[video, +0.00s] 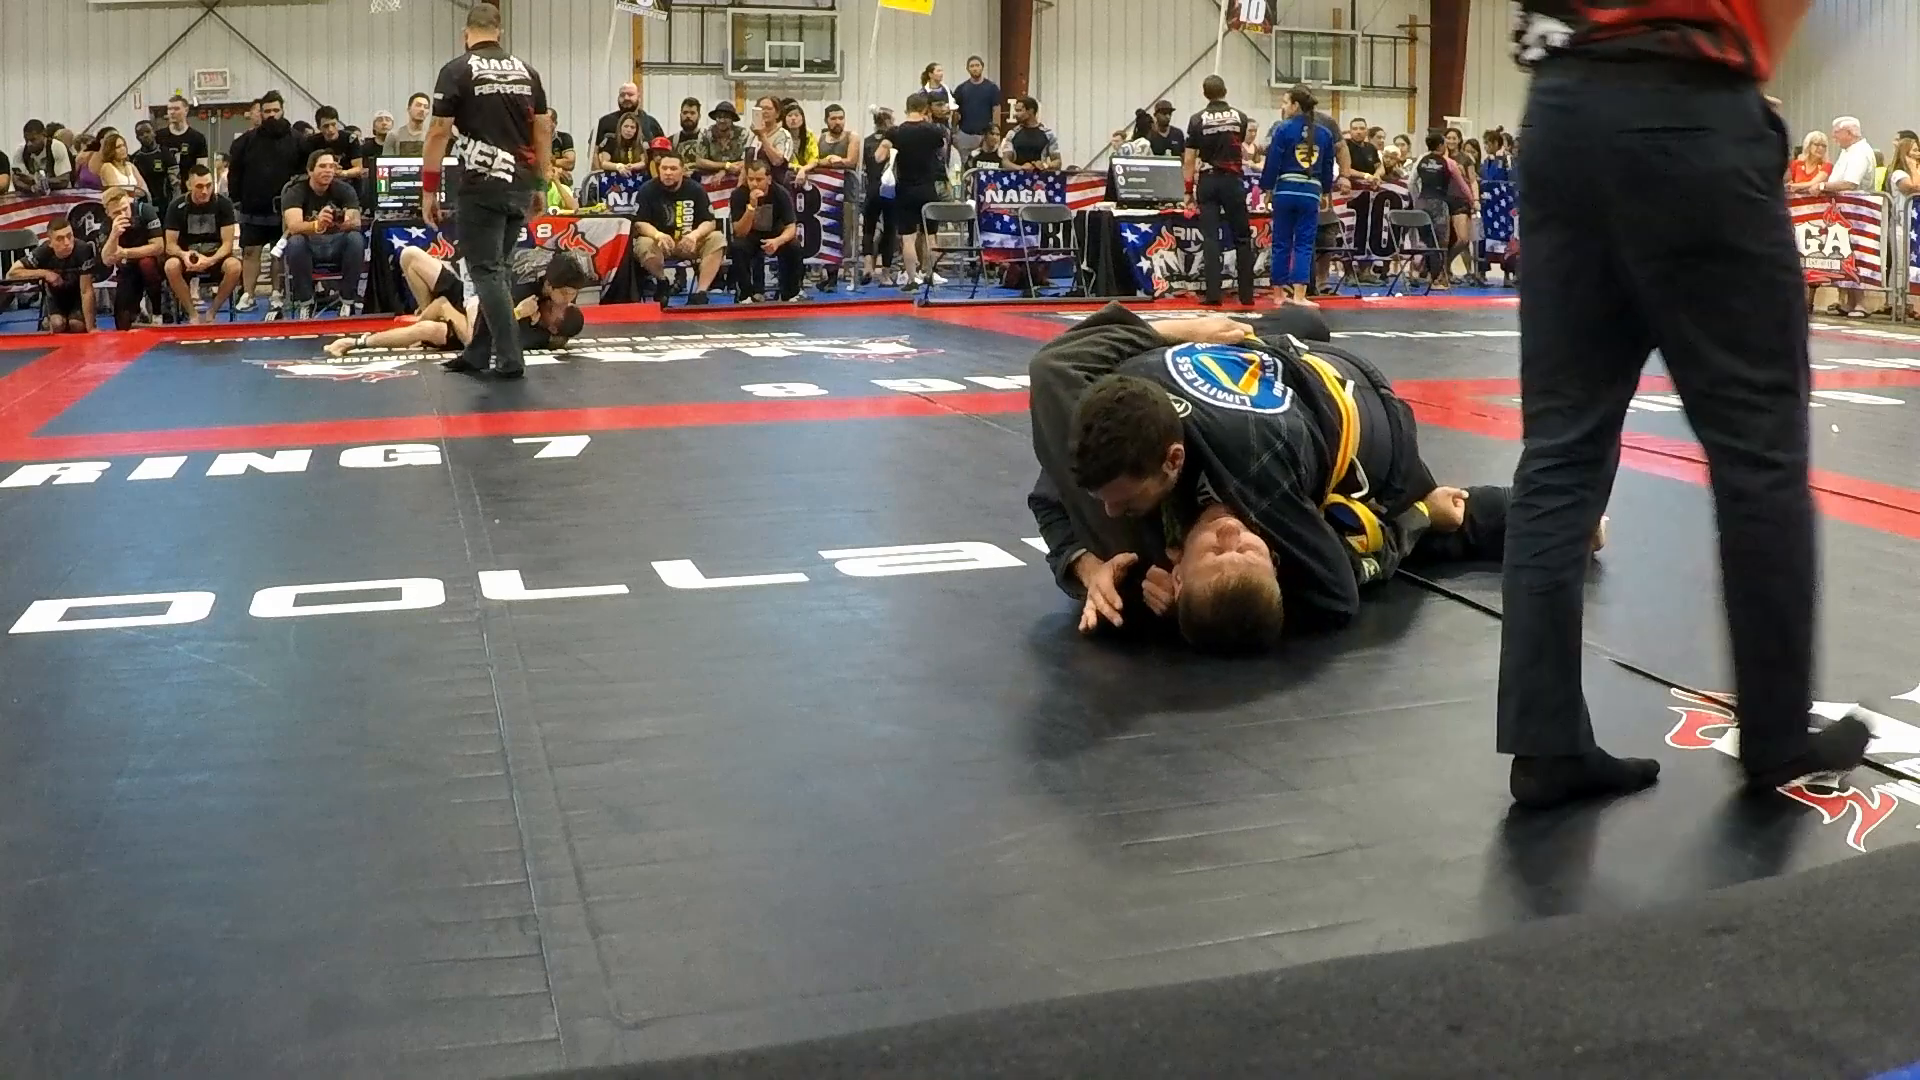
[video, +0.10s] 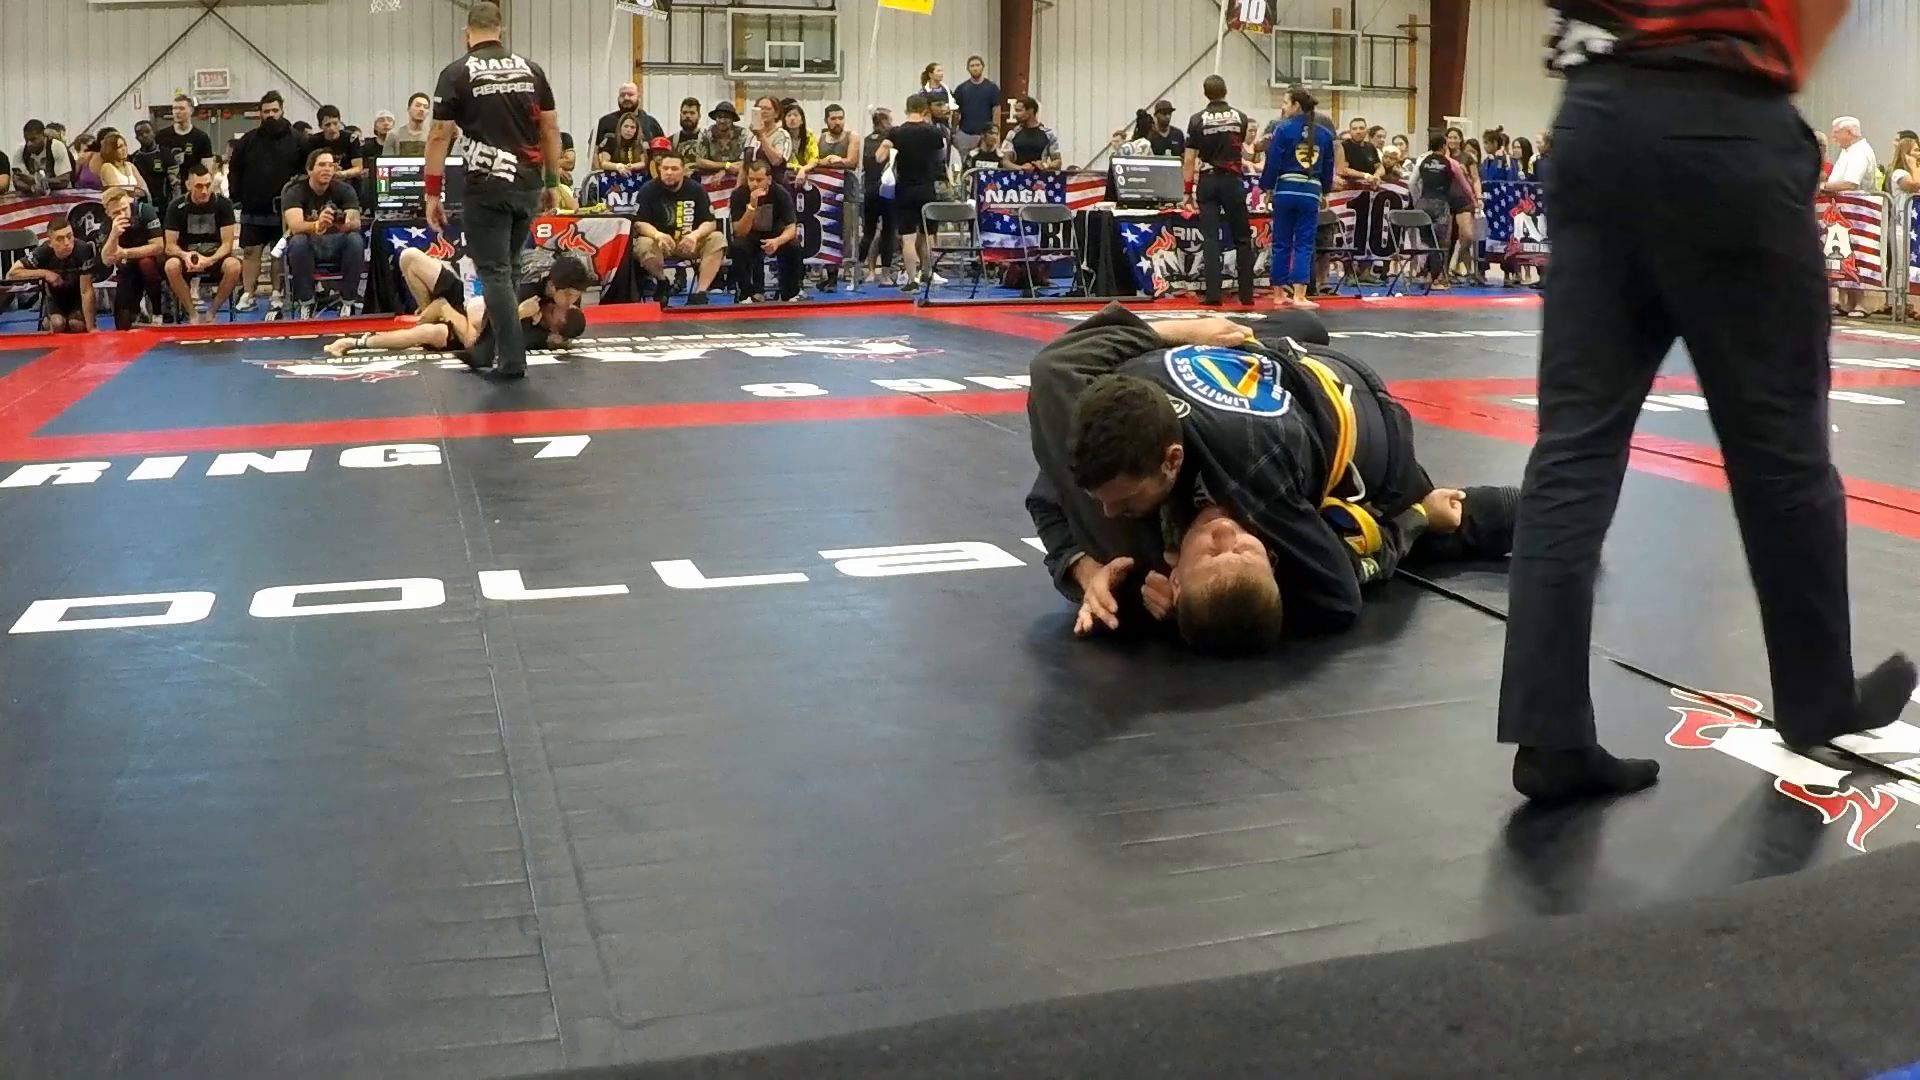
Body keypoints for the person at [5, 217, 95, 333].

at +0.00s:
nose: (67, 243)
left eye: (69, 236)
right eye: (60, 239)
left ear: (73, 235)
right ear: (50, 240)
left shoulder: (83, 249)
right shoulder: (44, 251)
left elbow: (86, 290)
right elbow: (12, 273)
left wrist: (91, 328)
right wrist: (44, 273)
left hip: (77, 291)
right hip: (55, 292)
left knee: (77, 325)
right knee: (58, 324)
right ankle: (46, 323)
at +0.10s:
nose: (67, 243)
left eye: (69, 237)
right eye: (60, 239)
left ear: (73, 235)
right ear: (50, 240)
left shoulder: (83, 249)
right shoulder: (44, 251)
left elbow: (86, 290)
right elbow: (12, 273)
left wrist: (91, 328)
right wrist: (44, 273)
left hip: (78, 292)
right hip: (55, 292)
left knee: (77, 325)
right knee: (58, 323)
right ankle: (46, 323)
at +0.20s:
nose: (67, 243)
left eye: (69, 237)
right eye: (60, 239)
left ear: (73, 235)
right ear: (50, 240)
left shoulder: (83, 249)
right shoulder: (44, 251)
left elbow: (86, 290)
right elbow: (12, 273)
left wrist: (91, 327)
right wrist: (44, 274)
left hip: (77, 291)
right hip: (55, 291)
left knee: (77, 324)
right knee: (58, 323)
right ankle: (46, 323)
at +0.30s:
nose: (67, 243)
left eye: (69, 237)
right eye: (60, 239)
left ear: (73, 235)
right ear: (50, 240)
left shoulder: (83, 249)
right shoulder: (44, 251)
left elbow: (86, 290)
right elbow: (12, 273)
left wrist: (91, 328)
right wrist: (44, 273)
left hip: (78, 292)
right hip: (56, 292)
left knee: (76, 324)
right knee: (57, 323)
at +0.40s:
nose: (67, 243)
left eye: (69, 237)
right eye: (60, 239)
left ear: (73, 235)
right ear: (50, 240)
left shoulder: (83, 249)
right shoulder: (44, 251)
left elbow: (86, 290)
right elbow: (12, 273)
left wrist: (91, 327)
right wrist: (44, 273)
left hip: (78, 291)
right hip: (55, 291)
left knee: (77, 324)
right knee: (57, 324)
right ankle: (46, 323)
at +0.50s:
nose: (67, 243)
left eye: (69, 237)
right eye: (60, 239)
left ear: (73, 235)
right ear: (50, 240)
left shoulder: (83, 249)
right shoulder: (44, 251)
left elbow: (86, 290)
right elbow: (12, 273)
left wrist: (91, 328)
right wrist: (44, 273)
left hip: (78, 292)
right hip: (55, 292)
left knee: (76, 324)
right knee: (57, 323)